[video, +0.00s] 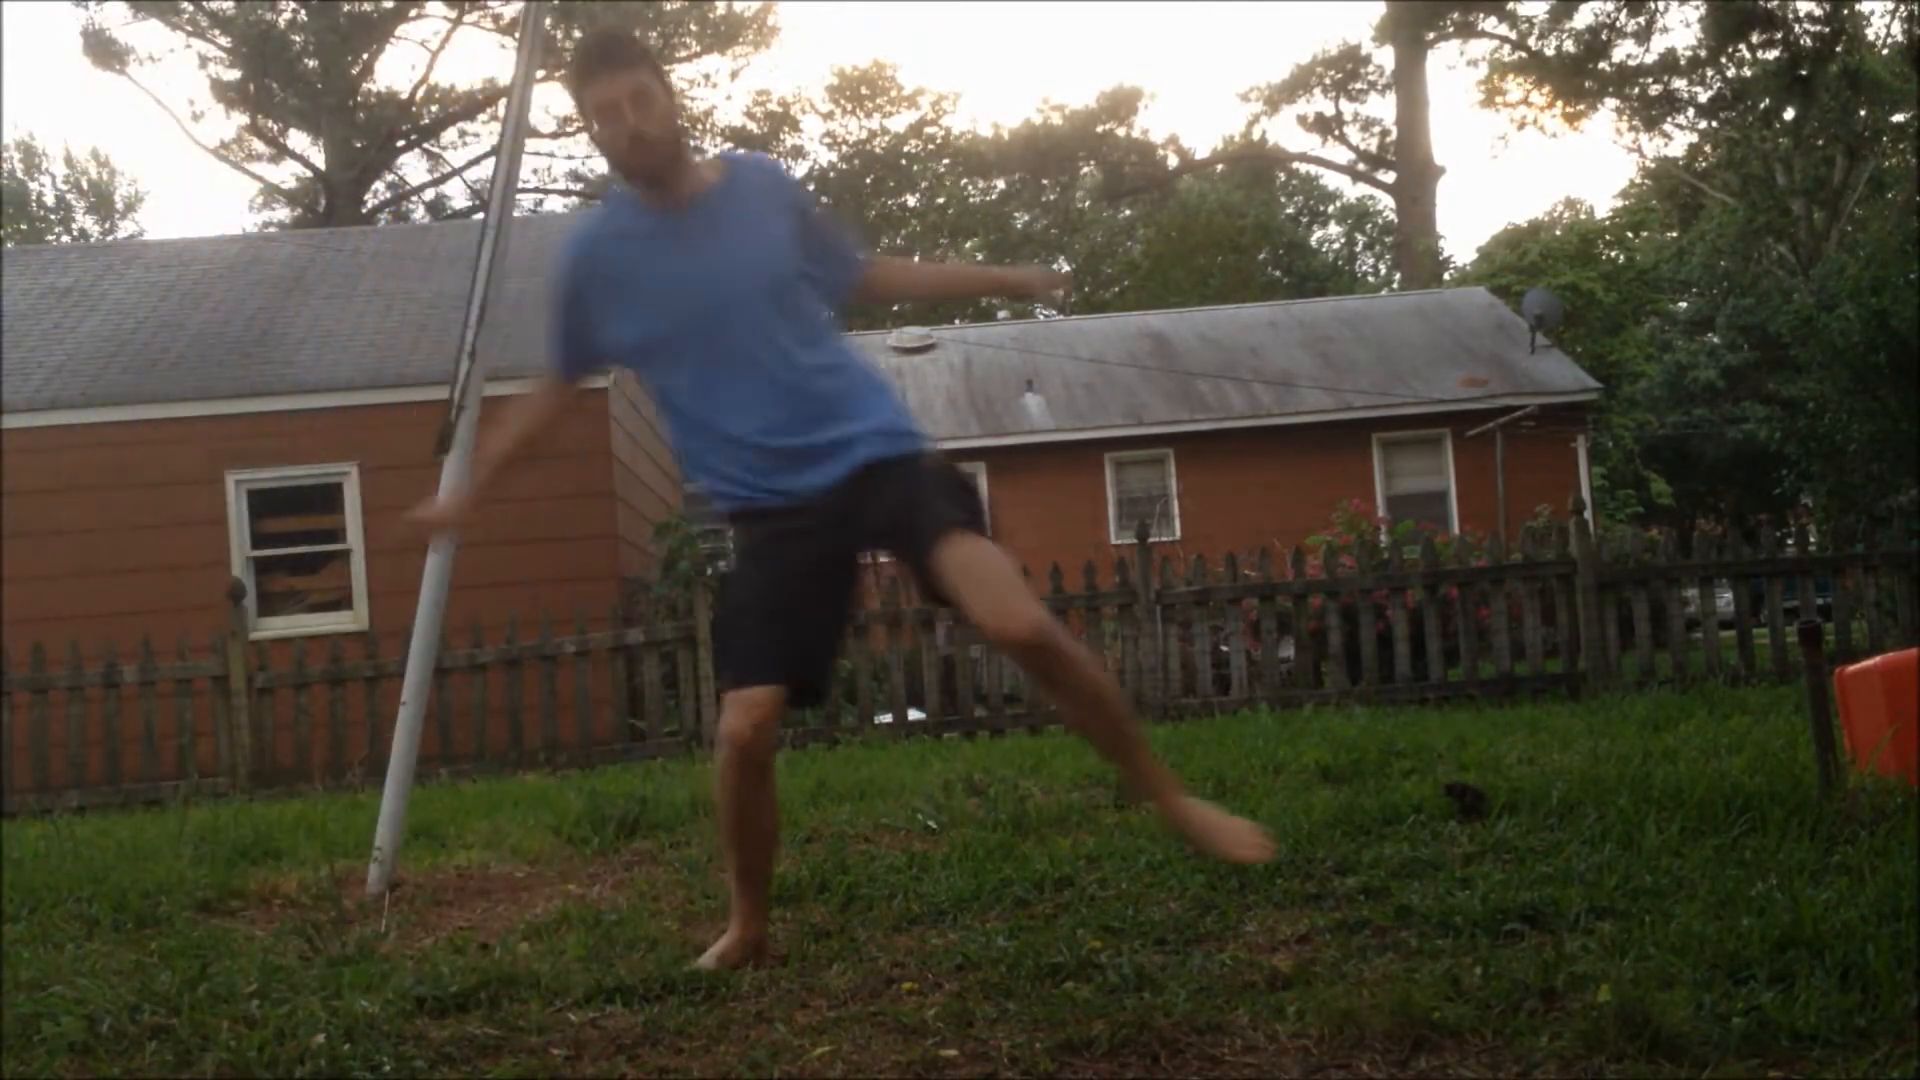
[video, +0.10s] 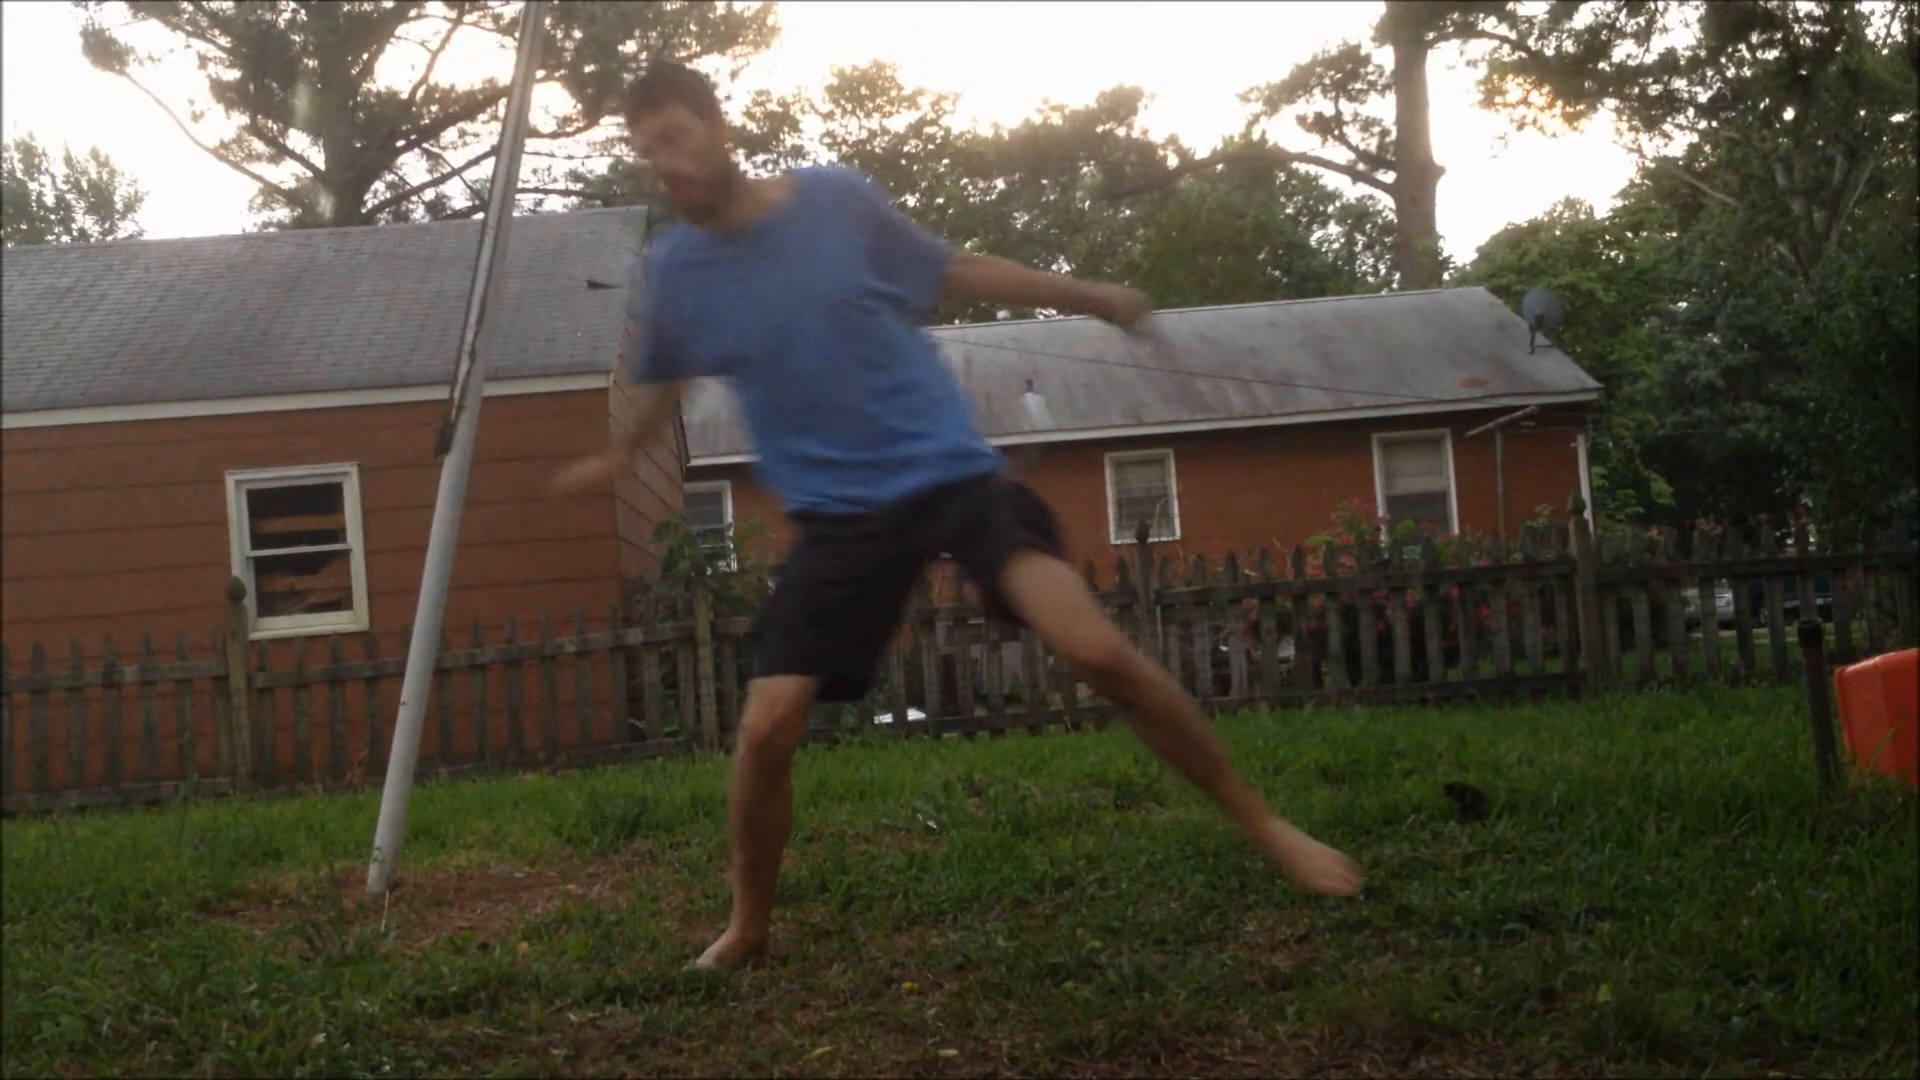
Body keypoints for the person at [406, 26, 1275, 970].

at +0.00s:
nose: (632, 124)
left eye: (640, 100)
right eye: (608, 114)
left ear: (673, 95)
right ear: (587, 132)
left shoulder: (760, 187)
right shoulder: (592, 253)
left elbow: (863, 278)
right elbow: (554, 387)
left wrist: (1007, 279)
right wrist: (468, 485)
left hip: (877, 454)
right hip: (768, 505)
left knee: (1024, 625)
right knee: (743, 732)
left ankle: (1174, 801)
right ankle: (747, 929)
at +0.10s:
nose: (663, 164)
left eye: (673, 139)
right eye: (647, 151)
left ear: (719, 130)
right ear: (641, 164)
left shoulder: (837, 202)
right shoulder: (672, 273)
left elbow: (953, 272)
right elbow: (650, 395)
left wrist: (1084, 295)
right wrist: (613, 455)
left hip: (955, 478)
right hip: (835, 516)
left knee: (1098, 649)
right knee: (764, 729)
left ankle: (1268, 829)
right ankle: (748, 927)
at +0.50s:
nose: (976, 40)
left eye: (993, 20)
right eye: (971, 24)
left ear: (1054, 24)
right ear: (979, 37)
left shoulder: (1142, 138)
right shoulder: (1000, 148)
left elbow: (1258, 263)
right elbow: (1052, 282)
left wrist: (1363, 360)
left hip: (1165, 435)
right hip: (1047, 437)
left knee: (1238, 657)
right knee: (1002, 647)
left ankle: (1336, 877)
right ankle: (1045, 862)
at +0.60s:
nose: (1002, 40)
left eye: (1018, 20)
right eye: (1000, 24)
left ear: (1082, 21)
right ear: (1027, 38)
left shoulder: (1174, 133)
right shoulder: (1030, 139)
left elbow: (1271, 268)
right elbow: (1073, 271)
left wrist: (1351, 374)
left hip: (1187, 429)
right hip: (1072, 430)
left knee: (1252, 655)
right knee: (1037, 643)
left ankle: (1338, 880)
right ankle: (1073, 857)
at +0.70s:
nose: (1013, 38)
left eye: (1027, 17)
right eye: (1010, 20)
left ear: (1088, 18)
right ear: (1039, 30)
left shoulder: (1184, 123)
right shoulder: (1039, 135)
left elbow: (1269, 269)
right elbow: (1073, 222)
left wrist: (1328, 385)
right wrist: (1024, 230)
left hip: (1201, 424)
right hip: (1083, 426)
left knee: (1258, 651)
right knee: (1047, 640)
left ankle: (1339, 879)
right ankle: (1067, 864)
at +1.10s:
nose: (928, 61)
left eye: (941, 37)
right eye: (925, 41)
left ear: (1001, 37)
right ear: (947, 47)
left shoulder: (1082, 136)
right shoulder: (966, 145)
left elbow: (1167, 278)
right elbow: (989, 233)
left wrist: (1117, 344)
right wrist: (908, 267)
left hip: (1119, 424)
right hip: (1022, 434)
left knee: (1147, 605)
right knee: (1010, 663)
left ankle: (1253, 797)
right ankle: (1064, 887)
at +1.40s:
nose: (889, 27)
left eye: (904, 8)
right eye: (889, 11)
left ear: (959, 11)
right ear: (925, 21)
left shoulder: (1025, 111)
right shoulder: (940, 118)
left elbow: (1076, 260)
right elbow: (994, 265)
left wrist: (955, 346)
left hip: (1057, 388)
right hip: (987, 392)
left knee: (935, 567)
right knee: (971, 651)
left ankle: (1076, 529)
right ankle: (1034, 885)